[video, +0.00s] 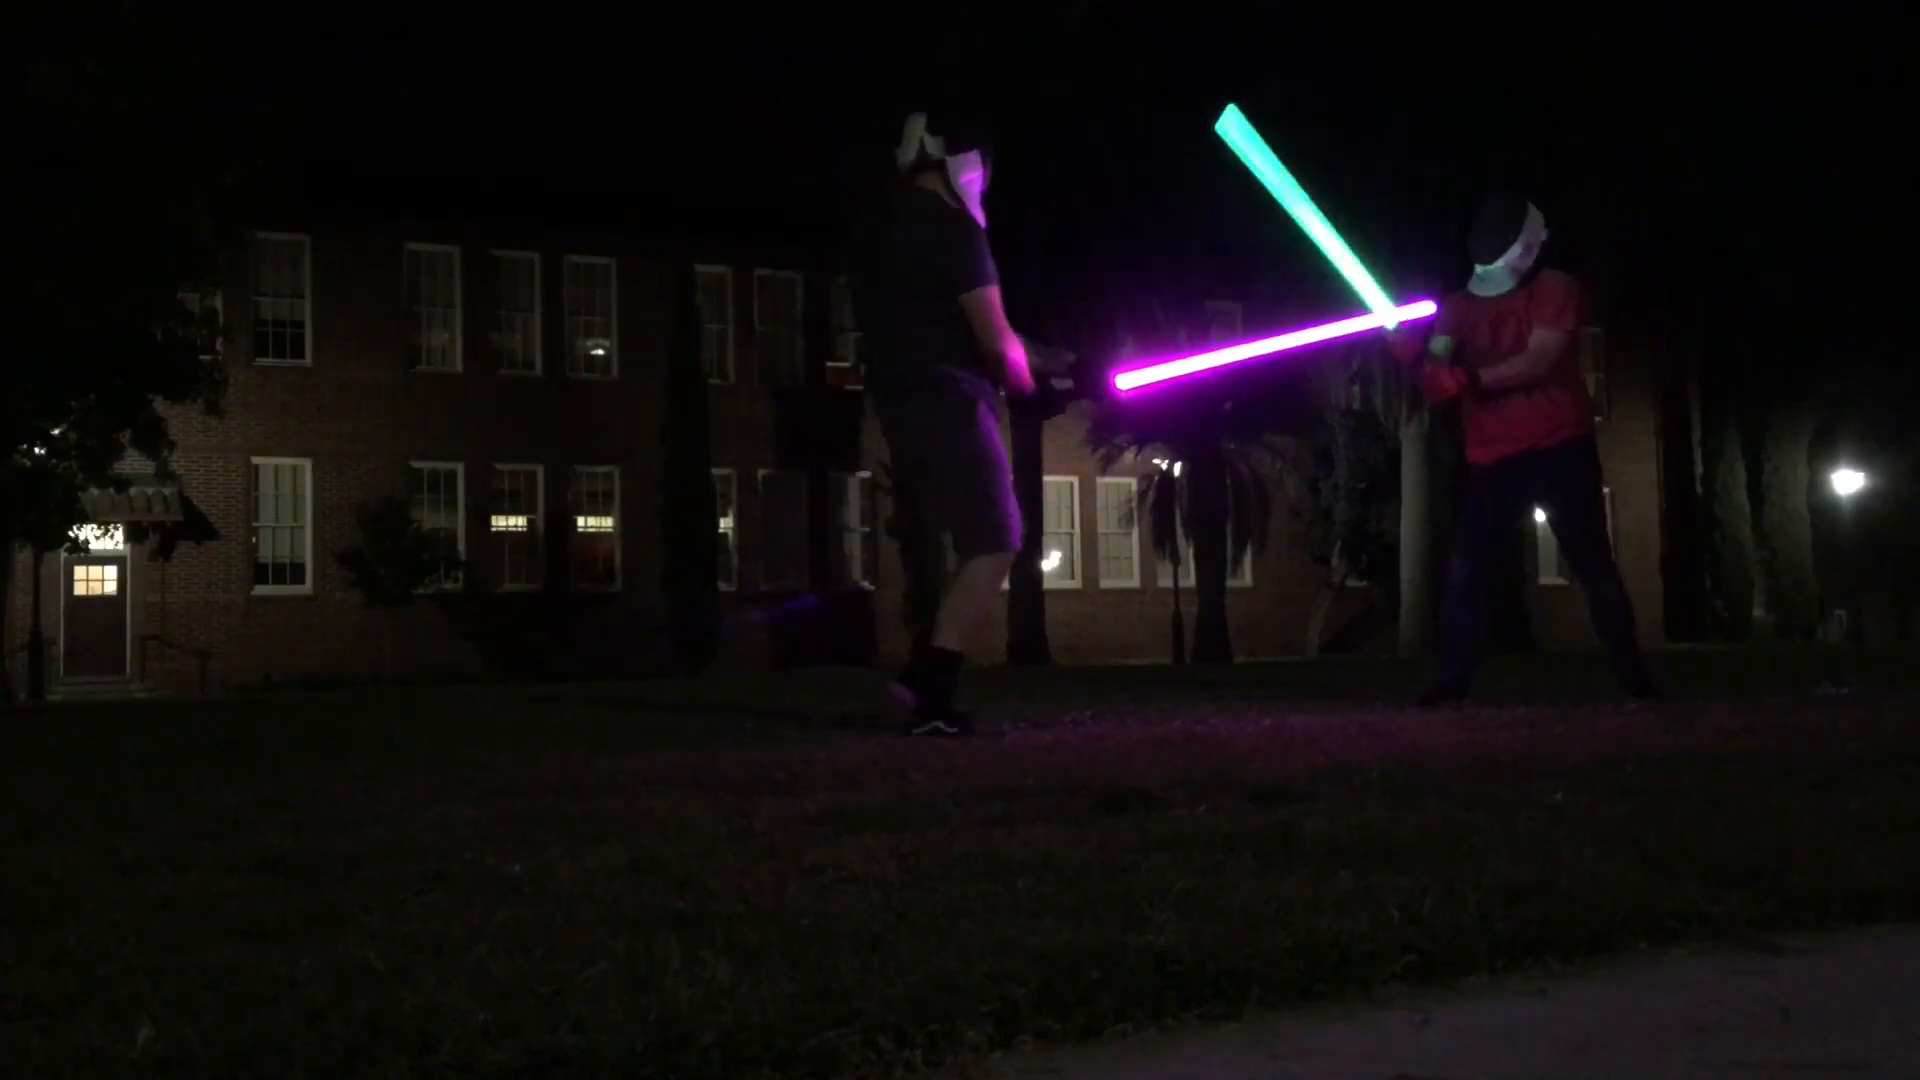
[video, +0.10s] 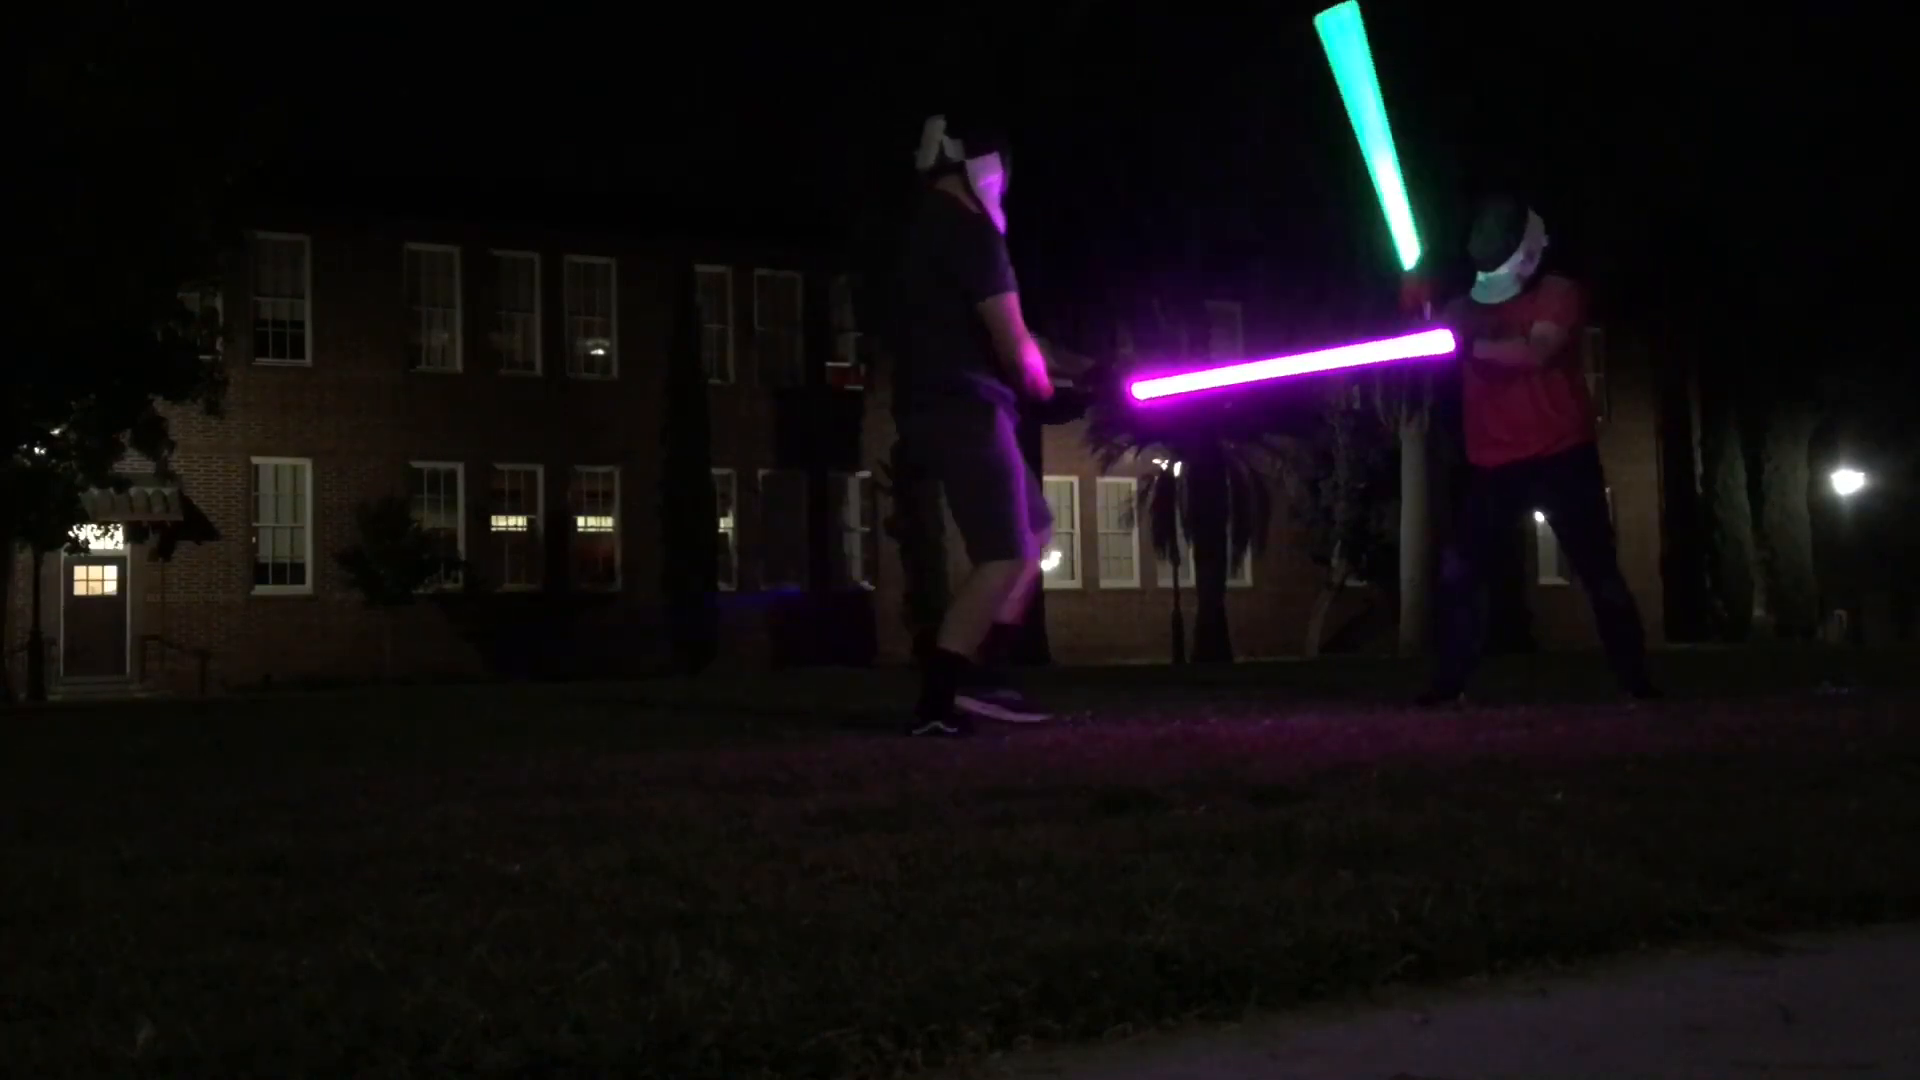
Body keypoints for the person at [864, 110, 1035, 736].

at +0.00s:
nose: (982, 178)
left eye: (980, 164)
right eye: (974, 164)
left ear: (918, 165)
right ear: (948, 166)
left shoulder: (884, 222)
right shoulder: (955, 230)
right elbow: (996, 336)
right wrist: (1024, 380)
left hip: (902, 403)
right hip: (952, 402)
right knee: (996, 541)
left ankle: (927, 684)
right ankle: (934, 688)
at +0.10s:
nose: (1001, 177)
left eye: (998, 164)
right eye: (994, 164)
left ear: (942, 169)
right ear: (969, 167)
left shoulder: (918, 226)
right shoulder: (974, 232)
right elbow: (1013, 343)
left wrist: (1038, 365)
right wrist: (1043, 389)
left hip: (941, 407)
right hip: (972, 410)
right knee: (1009, 553)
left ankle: (986, 676)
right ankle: (941, 696)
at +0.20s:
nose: (1025, 189)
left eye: (1021, 176)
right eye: (1016, 176)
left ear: (964, 182)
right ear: (989, 179)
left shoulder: (940, 236)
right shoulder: (998, 241)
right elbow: (1041, 356)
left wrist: (1040, 364)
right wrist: (1066, 377)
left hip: (959, 414)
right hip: (990, 417)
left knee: (1059, 533)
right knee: (1018, 559)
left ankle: (1072, 686)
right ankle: (936, 705)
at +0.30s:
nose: (1050, 193)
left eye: (1046, 181)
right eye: (1042, 182)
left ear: (991, 187)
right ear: (1017, 186)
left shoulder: (974, 241)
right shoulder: (1027, 248)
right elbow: (1092, 356)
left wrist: (1095, 343)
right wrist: (1123, 357)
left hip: (991, 419)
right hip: (1015, 423)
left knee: (1091, 542)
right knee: (1025, 566)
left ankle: (1146, 677)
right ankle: (937, 704)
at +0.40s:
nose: (1081, 201)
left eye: (1077, 190)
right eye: (1073, 191)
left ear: (1025, 197)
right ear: (1052, 197)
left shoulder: (1012, 251)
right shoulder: (1068, 257)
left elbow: (1114, 277)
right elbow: (1154, 325)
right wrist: (1193, 301)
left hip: (1025, 429)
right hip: (1052, 433)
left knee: (1132, 546)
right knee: (1027, 570)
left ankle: (1191, 679)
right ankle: (938, 702)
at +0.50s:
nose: (1115, 219)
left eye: (1112, 209)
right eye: (1110, 208)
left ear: (1061, 210)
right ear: (1088, 211)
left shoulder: (1058, 261)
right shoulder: (1095, 262)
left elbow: (1134, 254)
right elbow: (1199, 267)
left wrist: (1187, 216)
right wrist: (1221, 234)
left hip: (1093, 445)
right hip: (1091, 445)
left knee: (1181, 556)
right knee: (1066, 573)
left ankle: (1216, 692)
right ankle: (954, 696)